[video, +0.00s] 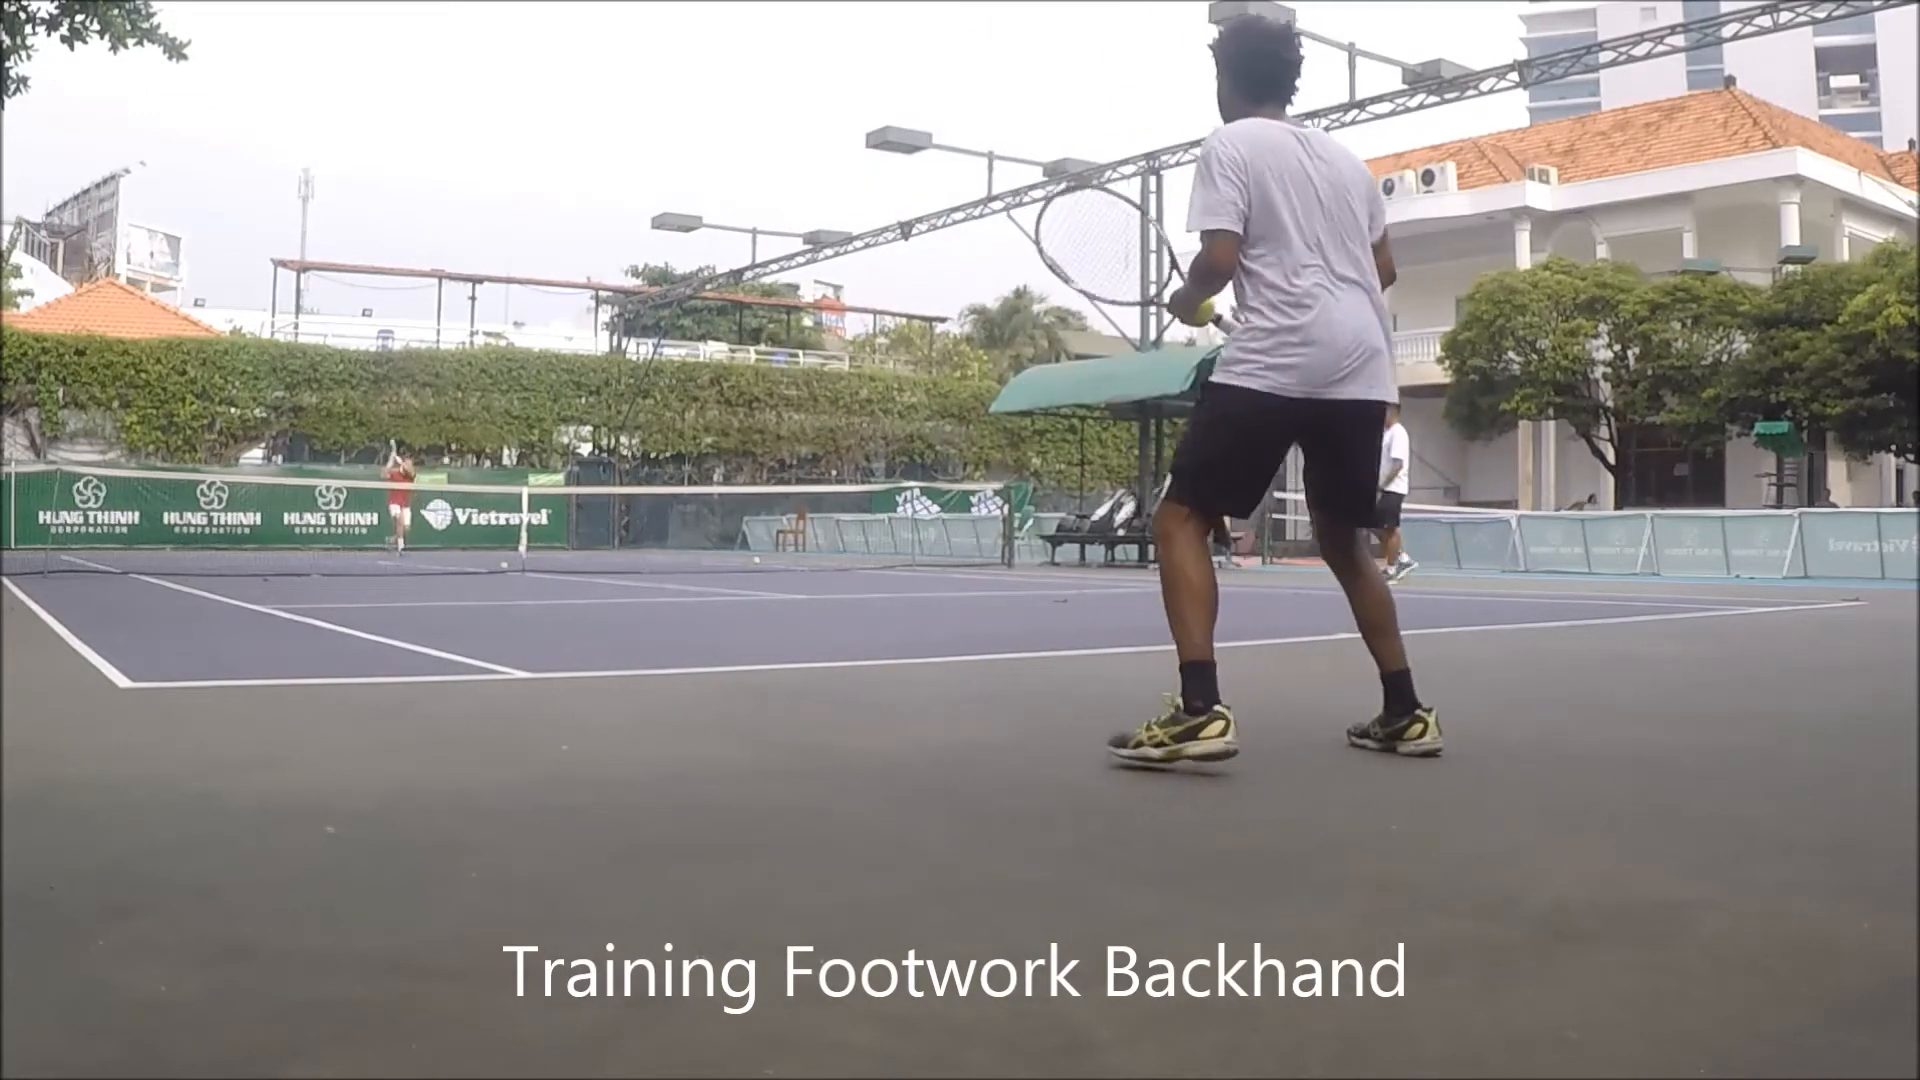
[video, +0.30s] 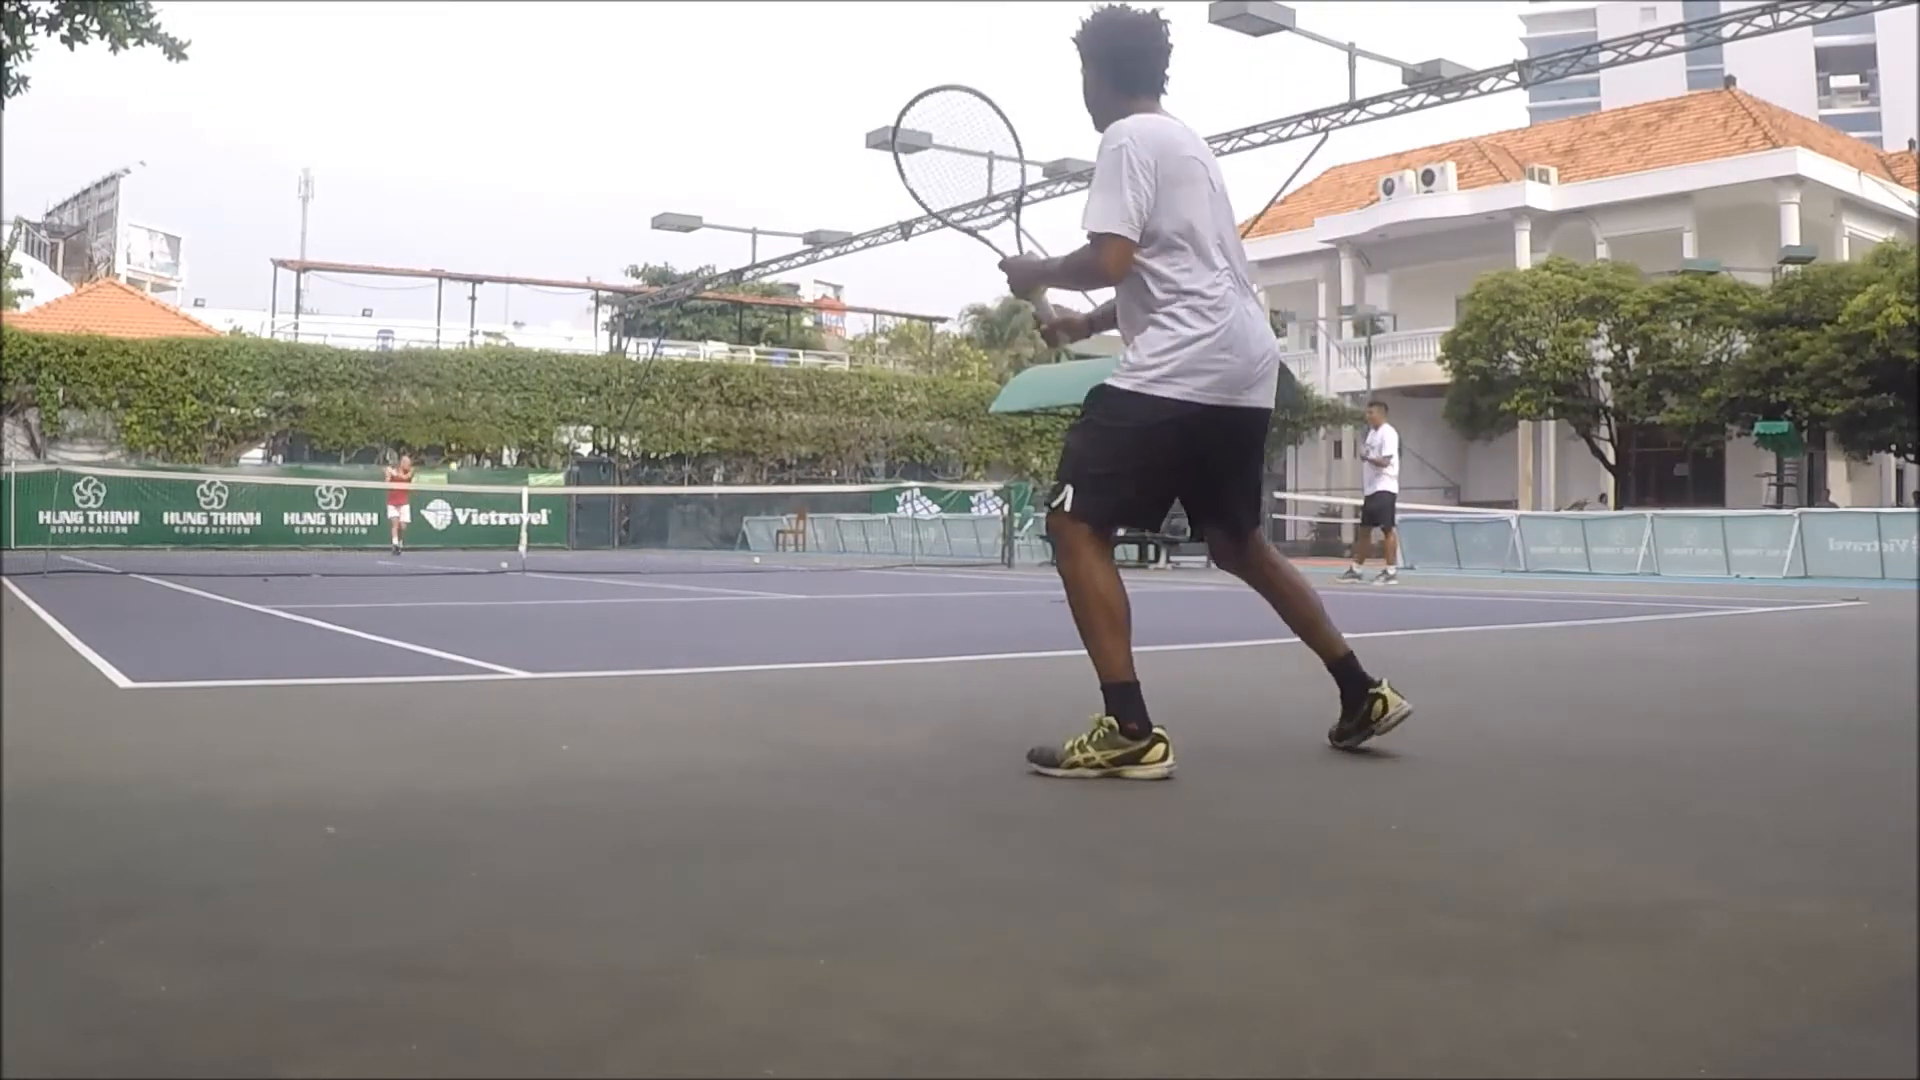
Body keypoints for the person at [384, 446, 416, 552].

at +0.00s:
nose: (403, 468)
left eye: (405, 466)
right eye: (402, 465)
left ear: (408, 467)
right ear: (399, 466)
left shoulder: (410, 476)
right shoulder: (393, 474)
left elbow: (409, 470)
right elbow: (385, 473)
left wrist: (400, 461)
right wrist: (391, 460)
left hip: (405, 502)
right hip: (394, 501)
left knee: (405, 524)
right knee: (398, 519)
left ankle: (395, 538)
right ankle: (400, 544)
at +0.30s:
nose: (406, 467)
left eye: (408, 465)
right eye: (404, 464)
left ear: (409, 465)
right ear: (401, 464)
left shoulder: (410, 472)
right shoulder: (392, 471)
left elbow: (406, 477)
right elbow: (387, 482)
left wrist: (395, 473)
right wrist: (389, 475)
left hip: (404, 501)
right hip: (392, 500)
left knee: (403, 524)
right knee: (395, 522)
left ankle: (400, 540)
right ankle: (395, 543)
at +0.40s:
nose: (404, 460)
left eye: (406, 457)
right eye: (402, 457)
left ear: (408, 459)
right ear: (398, 458)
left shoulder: (409, 470)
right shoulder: (393, 469)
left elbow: (407, 480)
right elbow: (387, 477)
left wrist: (393, 478)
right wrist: (401, 479)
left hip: (404, 498)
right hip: (393, 497)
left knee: (401, 521)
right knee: (393, 518)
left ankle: (400, 539)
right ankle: (391, 540)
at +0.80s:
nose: (396, 463)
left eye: (398, 461)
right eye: (394, 461)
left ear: (401, 462)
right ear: (392, 462)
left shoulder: (405, 472)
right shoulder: (387, 473)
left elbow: (408, 484)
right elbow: (384, 485)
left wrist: (400, 489)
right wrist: (389, 490)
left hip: (401, 501)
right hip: (390, 501)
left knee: (401, 521)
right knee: (385, 523)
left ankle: (402, 544)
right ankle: (390, 543)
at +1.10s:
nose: (397, 458)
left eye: (399, 456)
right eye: (395, 456)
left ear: (402, 457)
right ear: (391, 457)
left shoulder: (404, 468)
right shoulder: (386, 468)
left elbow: (407, 482)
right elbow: (380, 480)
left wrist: (399, 489)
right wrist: (388, 489)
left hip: (401, 496)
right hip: (389, 496)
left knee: (402, 517)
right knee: (388, 518)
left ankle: (403, 542)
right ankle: (388, 542)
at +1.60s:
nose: (412, 467)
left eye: (413, 464)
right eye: (410, 464)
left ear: (415, 465)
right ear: (405, 465)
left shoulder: (416, 475)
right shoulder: (398, 473)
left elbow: (417, 488)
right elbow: (393, 487)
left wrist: (411, 498)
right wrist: (402, 498)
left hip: (410, 500)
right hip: (398, 500)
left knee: (417, 520)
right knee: (393, 520)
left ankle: (420, 542)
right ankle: (386, 542)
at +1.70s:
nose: (416, 472)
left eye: (417, 469)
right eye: (414, 469)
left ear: (418, 471)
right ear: (409, 470)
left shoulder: (419, 482)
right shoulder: (400, 481)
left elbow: (419, 495)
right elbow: (395, 493)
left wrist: (415, 504)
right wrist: (404, 504)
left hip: (413, 508)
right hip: (401, 509)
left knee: (422, 527)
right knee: (395, 528)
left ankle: (421, 544)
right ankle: (386, 543)